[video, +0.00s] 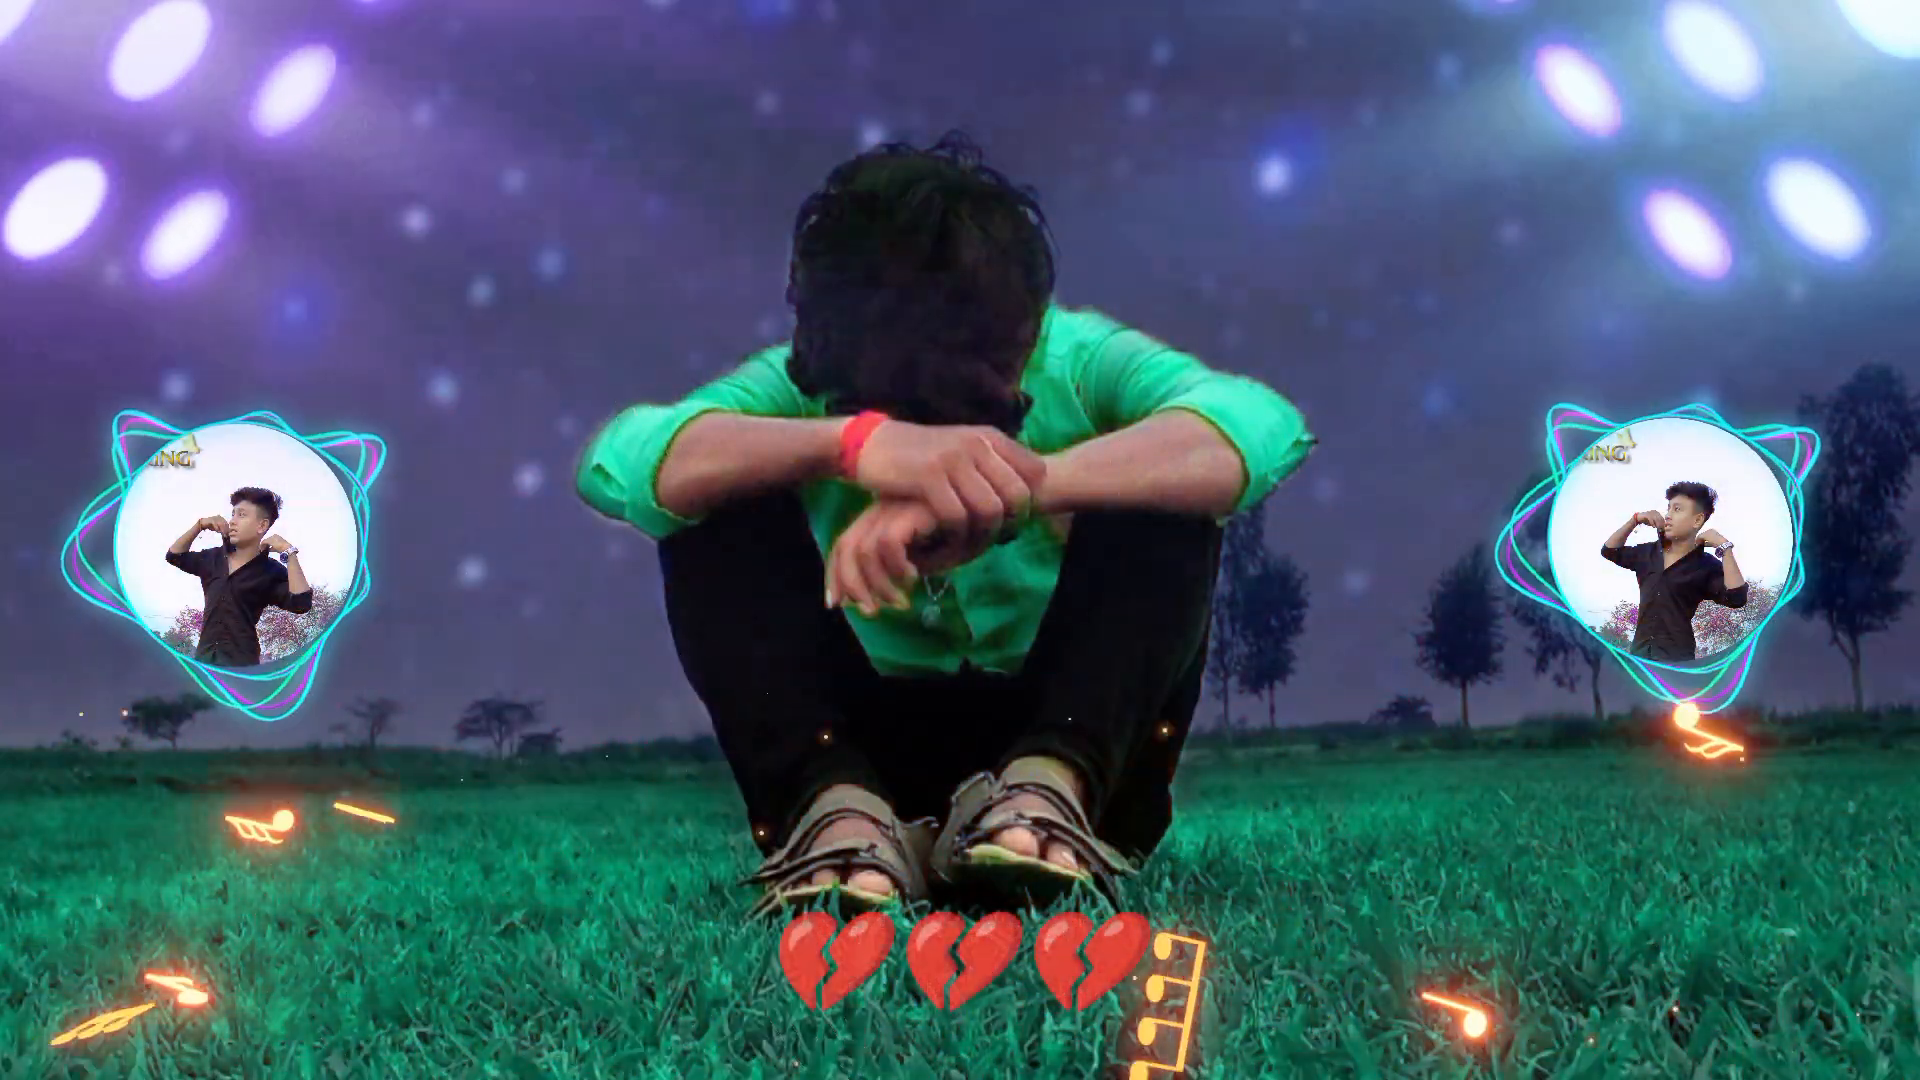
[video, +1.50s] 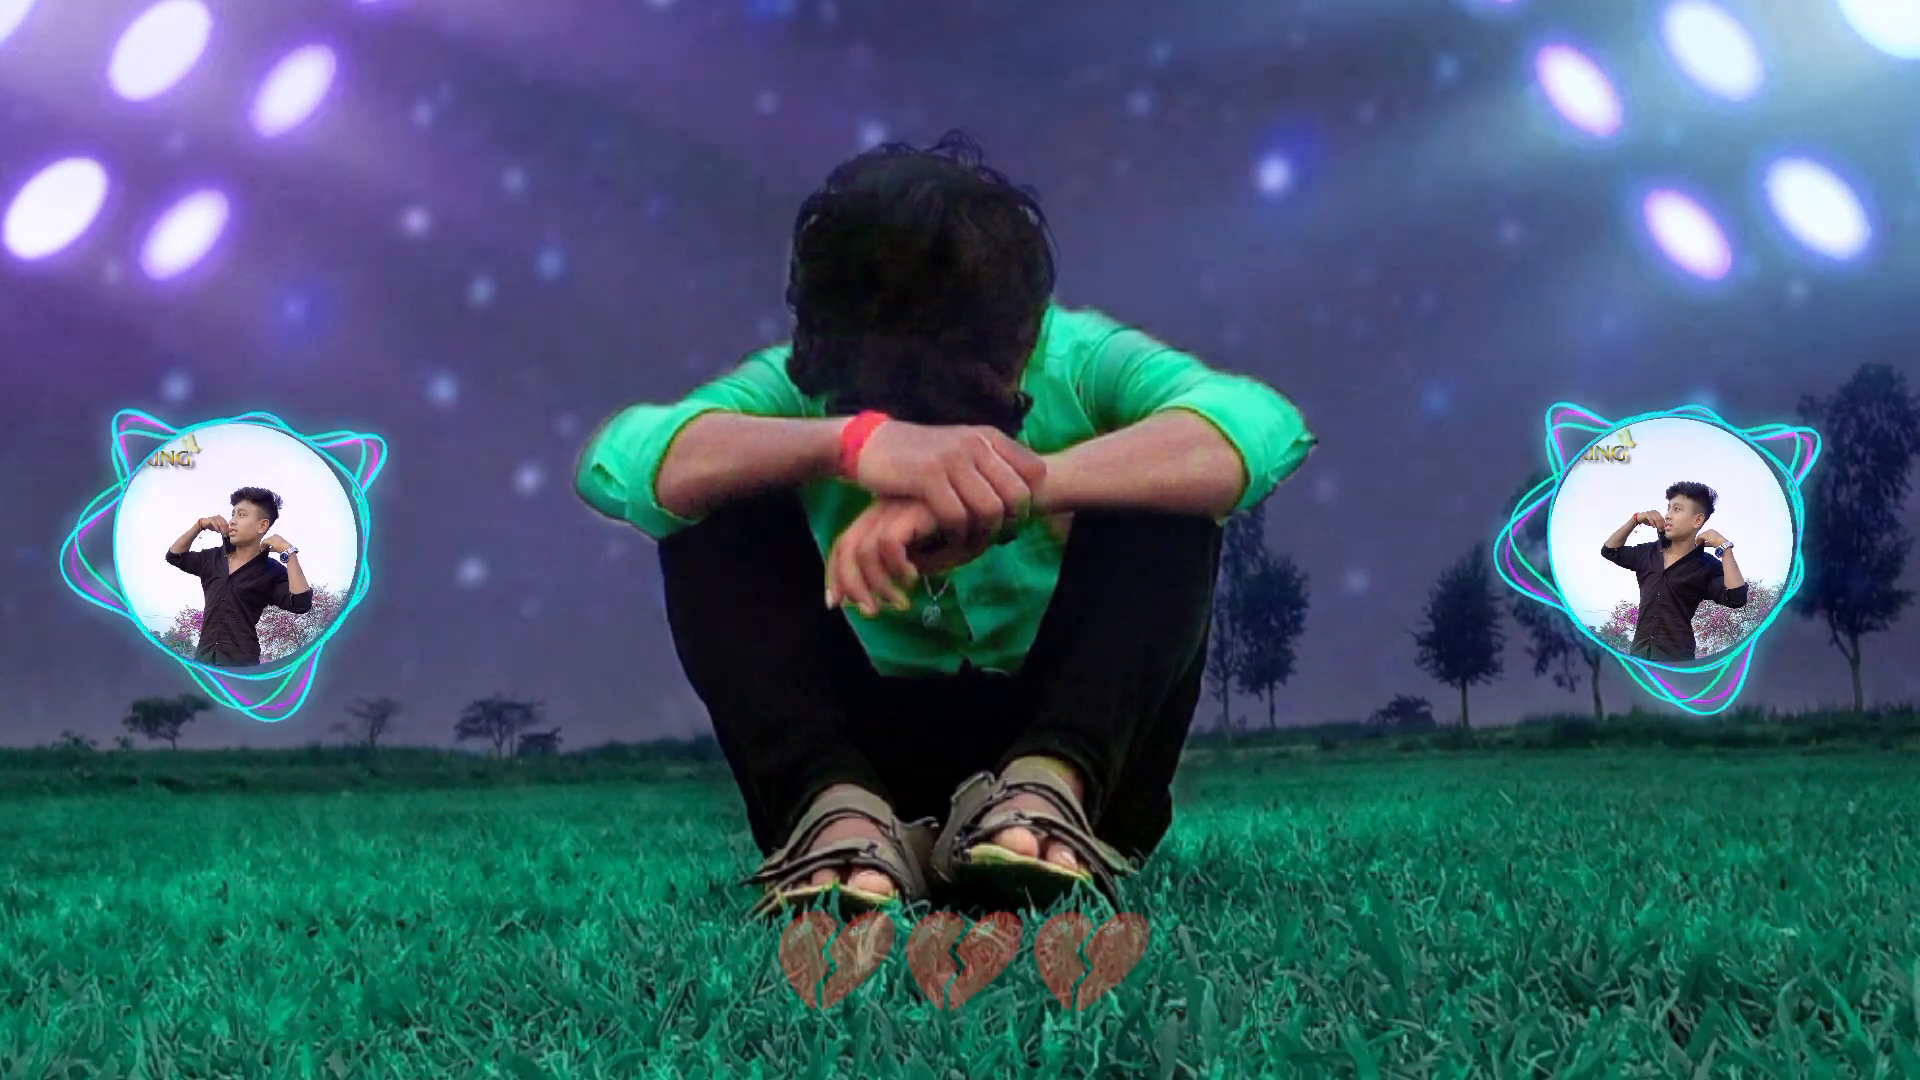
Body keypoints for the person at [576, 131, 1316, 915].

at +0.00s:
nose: (920, 453)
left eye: (954, 418)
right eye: (887, 417)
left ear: (1017, 356)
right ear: (819, 366)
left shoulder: (1077, 356)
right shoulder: (794, 382)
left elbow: (1264, 429)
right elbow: (612, 467)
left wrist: (997, 492)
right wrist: (852, 447)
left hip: (1058, 746)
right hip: (864, 753)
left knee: (1167, 487)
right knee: (712, 499)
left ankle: (1044, 788)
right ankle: (833, 816)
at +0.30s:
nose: (920, 445)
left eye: (957, 411)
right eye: (886, 409)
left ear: (1019, 354)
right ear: (820, 362)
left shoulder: (1077, 355)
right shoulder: (794, 382)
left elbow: (1266, 429)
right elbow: (611, 467)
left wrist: (1001, 492)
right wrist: (852, 446)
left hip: (1061, 751)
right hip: (863, 759)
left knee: (1165, 487)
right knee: (713, 503)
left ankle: (1044, 789)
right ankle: (836, 817)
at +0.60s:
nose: (917, 454)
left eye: (954, 418)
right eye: (877, 414)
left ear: (1021, 358)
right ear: (814, 367)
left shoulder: (1078, 356)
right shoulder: (793, 382)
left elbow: (1266, 429)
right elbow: (611, 467)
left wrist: (997, 491)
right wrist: (853, 446)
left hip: (1058, 748)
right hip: (863, 754)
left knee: (1167, 487)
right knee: (712, 501)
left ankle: (1043, 789)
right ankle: (836, 817)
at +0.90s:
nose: (923, 460)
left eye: (955, 421)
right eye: (881, 422)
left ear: (1019, 357)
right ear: (817, 370)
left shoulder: (1078, 355)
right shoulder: (794, 382)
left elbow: (1265, 429)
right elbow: (611, 468)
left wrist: (1002, 490)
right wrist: (852, 447)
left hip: (1057, 744)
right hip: (864, 749)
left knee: (1165, 487)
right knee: (713, 503)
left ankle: (1044, 790)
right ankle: (836, 818)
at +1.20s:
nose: (915, 460)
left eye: (953, 423)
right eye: (874, 418)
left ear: (1020, 360)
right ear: (814, 366)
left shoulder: (1078, 356)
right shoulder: (794, 382)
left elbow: (1265, 429)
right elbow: (611, 467)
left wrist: (1000, 491)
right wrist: (852, 446)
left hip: (1060, 745)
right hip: (864, 750)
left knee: (1166, 486)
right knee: (712, 502)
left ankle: (1044, 789)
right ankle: (835, 816)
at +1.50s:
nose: (907, 450)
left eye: (945, 416)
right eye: (866, 408)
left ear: (1019, 358)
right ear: (815, 361)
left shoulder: (1079, 356)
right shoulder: (795, 381)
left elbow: (1265, 429)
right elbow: (612, 467)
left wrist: (999, 491)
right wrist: (852, 446)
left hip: (1059, 746)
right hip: (864, 752)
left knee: (1167, 486)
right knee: (712, 502)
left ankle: (1043, 790)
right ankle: (836, 818)